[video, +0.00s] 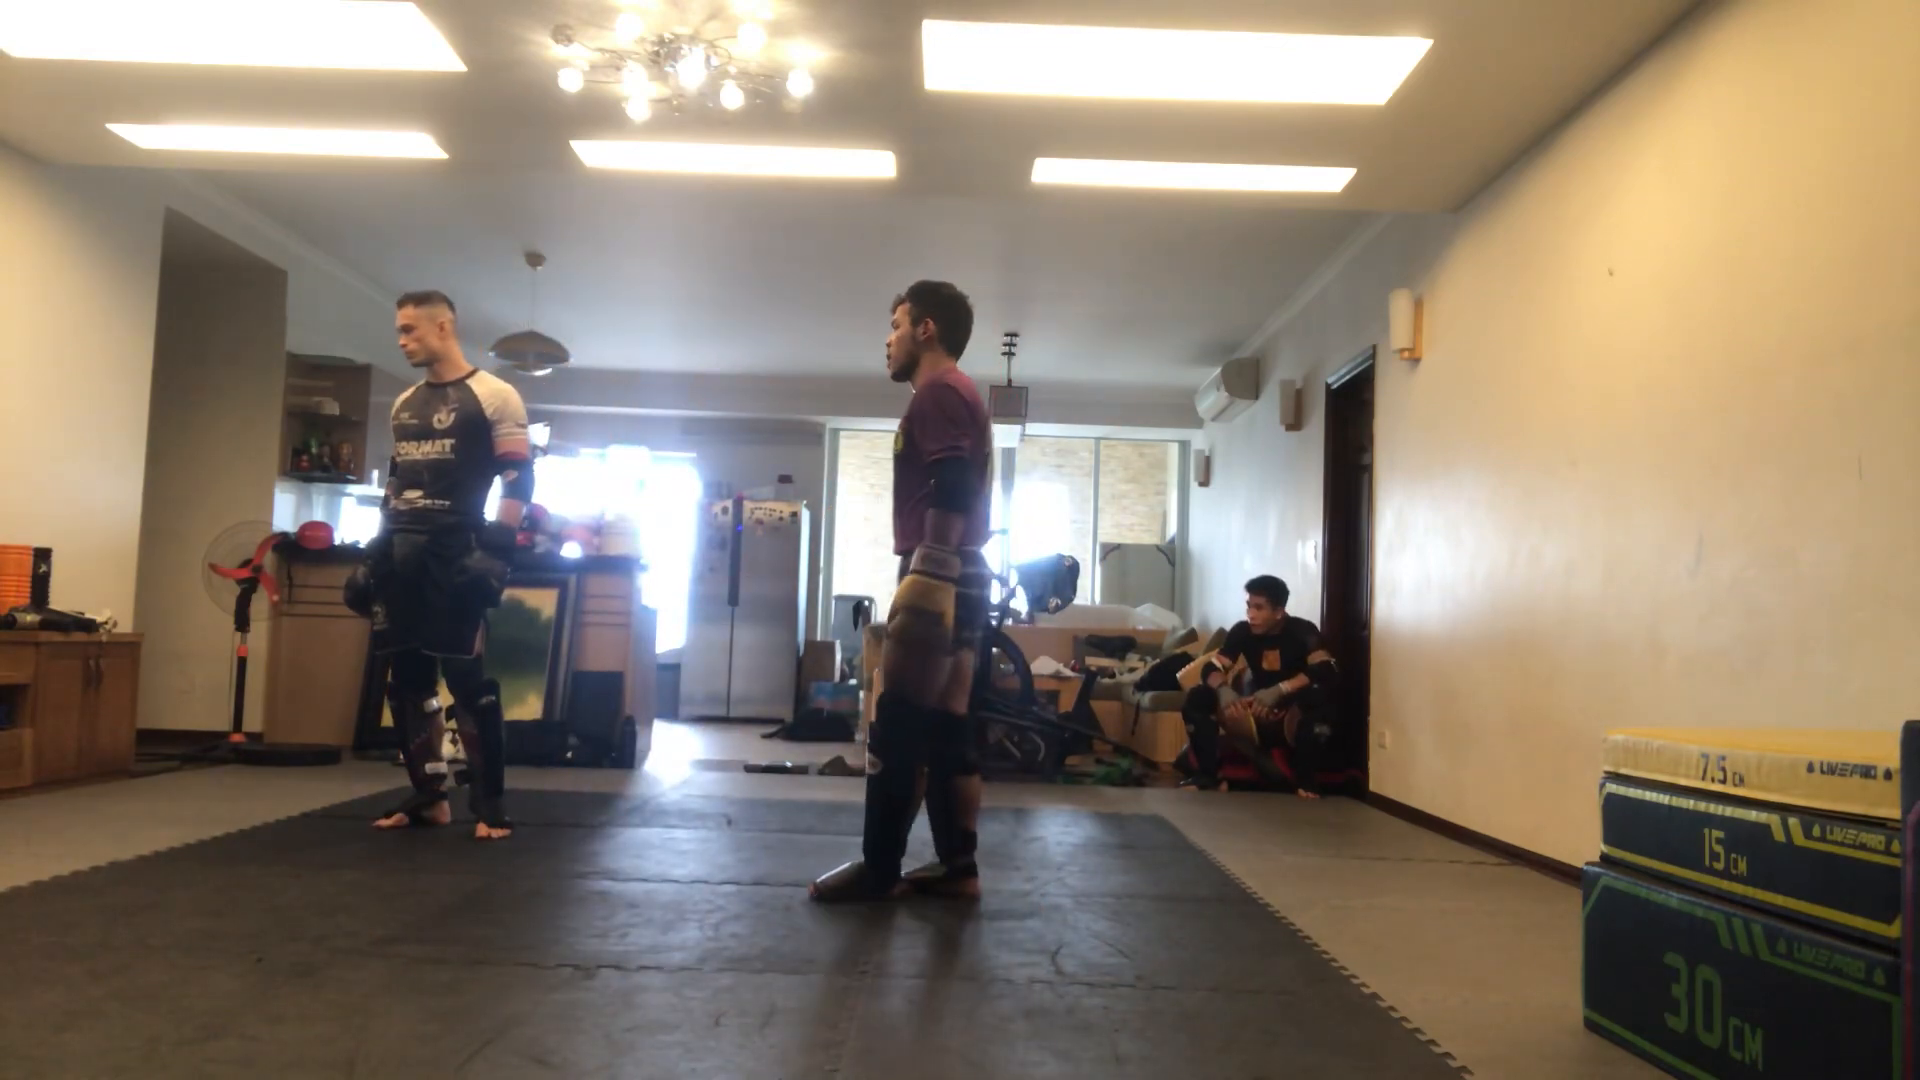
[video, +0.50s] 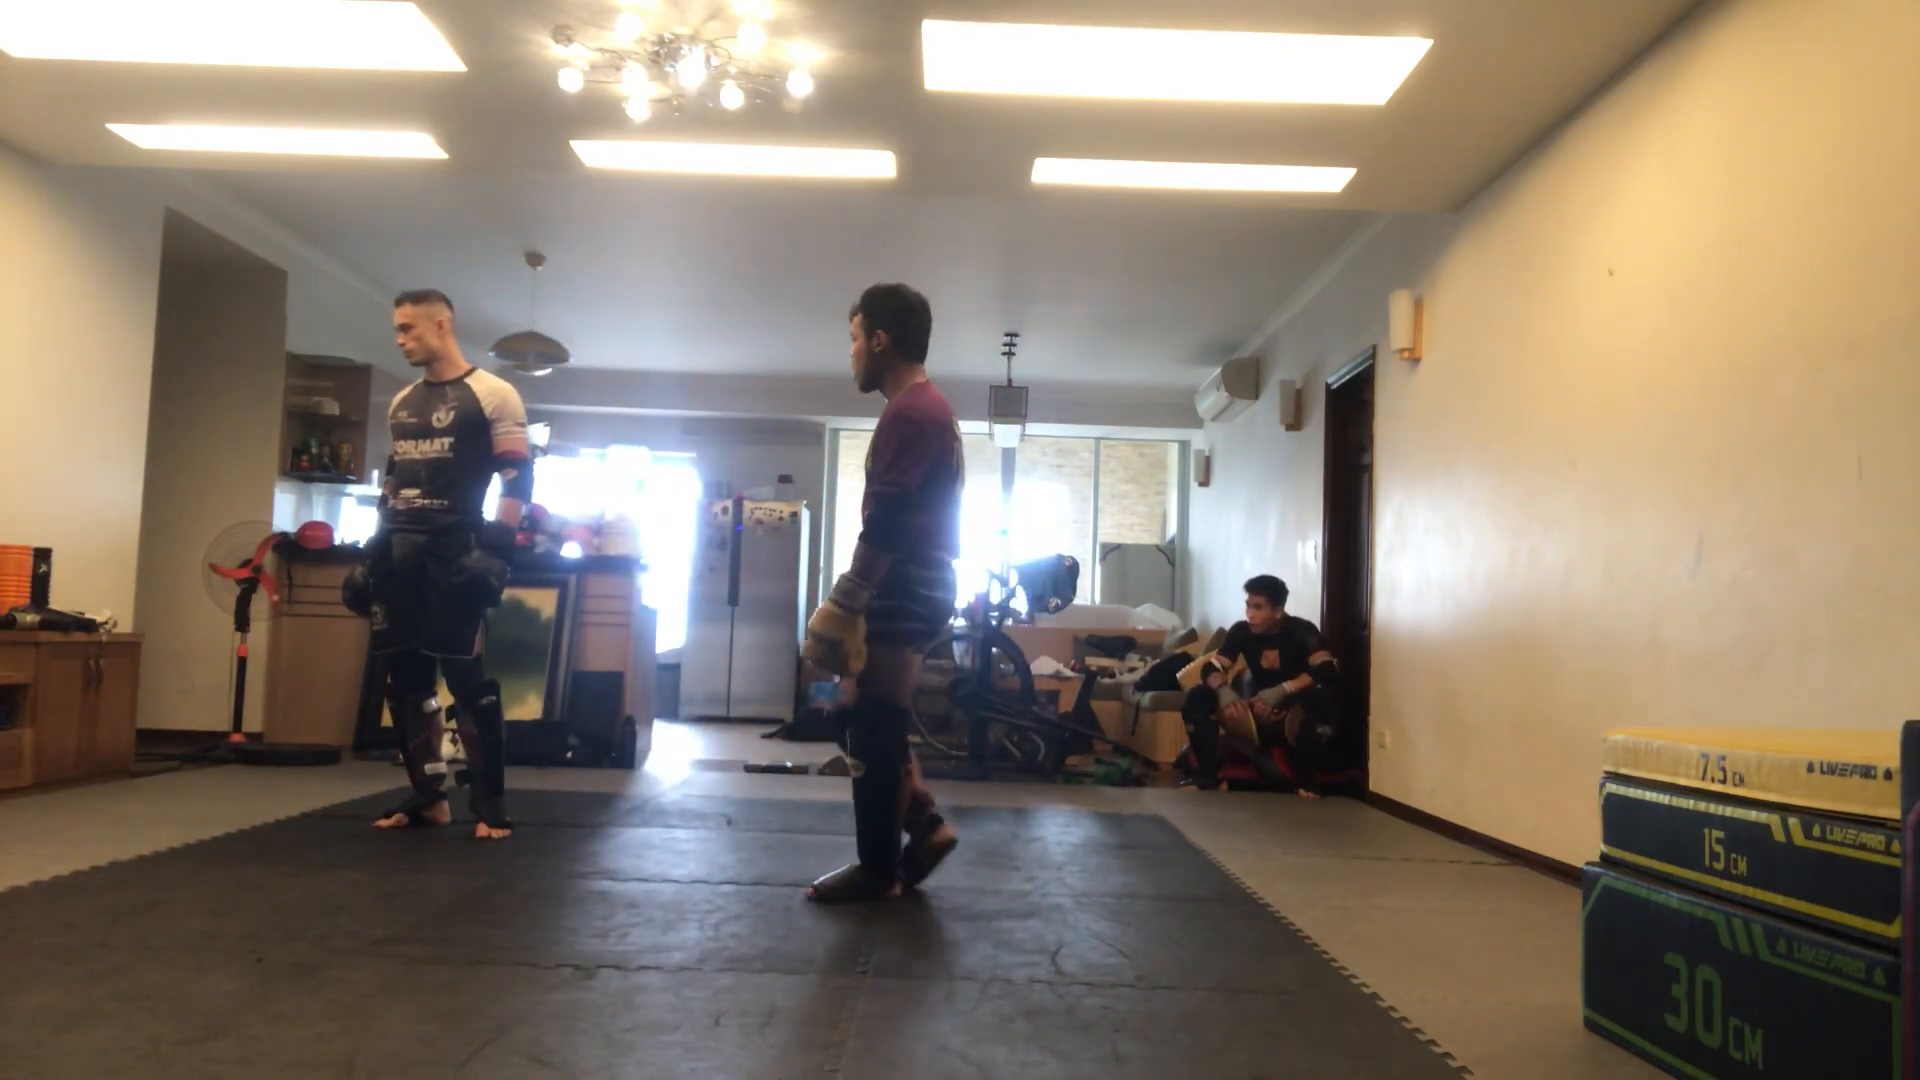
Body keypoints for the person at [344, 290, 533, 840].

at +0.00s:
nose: (402, 341)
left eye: (409, 330)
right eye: (399, 332)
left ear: (444, 325)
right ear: (408, 335)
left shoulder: (495, 395)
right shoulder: (405, 404)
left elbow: (516, 486)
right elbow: (399, 491)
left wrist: (494, 553)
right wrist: (375, 557)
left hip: (458, 554)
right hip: (403, 554)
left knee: (465, 678)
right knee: (408, 680)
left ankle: (490, 807)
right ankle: (429, 799)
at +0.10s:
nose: (402, 341)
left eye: (409, 330)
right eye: (398, 332)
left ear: (444, 325)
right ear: (405, 335)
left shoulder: (494, 395)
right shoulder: (405, 403)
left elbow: (516, 486)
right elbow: (399, 490)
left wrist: (494, 553)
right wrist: (376, 556)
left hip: (458, 554)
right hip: (403, 554)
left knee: (465, 678)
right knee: (407, 681)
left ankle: (490, 807)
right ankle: (430, 800)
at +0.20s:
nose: (401, 341)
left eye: (408, 330)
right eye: (398, 332)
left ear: (443, 324)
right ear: (405, 335)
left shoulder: (494, 395)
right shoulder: (404, 403)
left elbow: (516, 485)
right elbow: (399, 490)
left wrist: (493, 552)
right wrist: (375, 556)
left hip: (458, 554)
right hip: (403, 554)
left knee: (465, 678)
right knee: (407, 681)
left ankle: (490, 806)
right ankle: (430, 800)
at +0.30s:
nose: (401, 340)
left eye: (408, 329)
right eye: (397, 331)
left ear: (443, 324)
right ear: (406, 334)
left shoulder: (494, 394)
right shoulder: (403, 403)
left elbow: (516, 484)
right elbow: (397, 490)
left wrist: (494, 552)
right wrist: (375, 556)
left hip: (458, 554)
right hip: (403, 553)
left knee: (465, 677)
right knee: (407, 680)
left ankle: (490, 805)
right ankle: (430, 799)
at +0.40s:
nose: (401, 340)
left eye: (407, 329)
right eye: (397, 331)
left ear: (442, 324)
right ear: (405, 334)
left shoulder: (494, 394)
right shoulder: (403, 402)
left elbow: (516, 484)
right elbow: (395, 489)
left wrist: (494, 552)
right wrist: (376, 555)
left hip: (458, 553)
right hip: (402, 553)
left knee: (464, 675)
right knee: (406, 679)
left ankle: (490, 805)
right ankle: (430, 799)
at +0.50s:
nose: (400, 340)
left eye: (407, 329)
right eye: (397, 331)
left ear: (442, 324)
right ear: (404, 334)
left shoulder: (494, 394)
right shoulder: (402, 402)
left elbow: (515, 485)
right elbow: (395, 490)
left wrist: (494, 552)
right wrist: (373, 555)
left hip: (458, 554)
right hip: (401, 554)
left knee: (465, 677)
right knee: (406, 680)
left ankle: (490, 806)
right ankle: (429, 800)